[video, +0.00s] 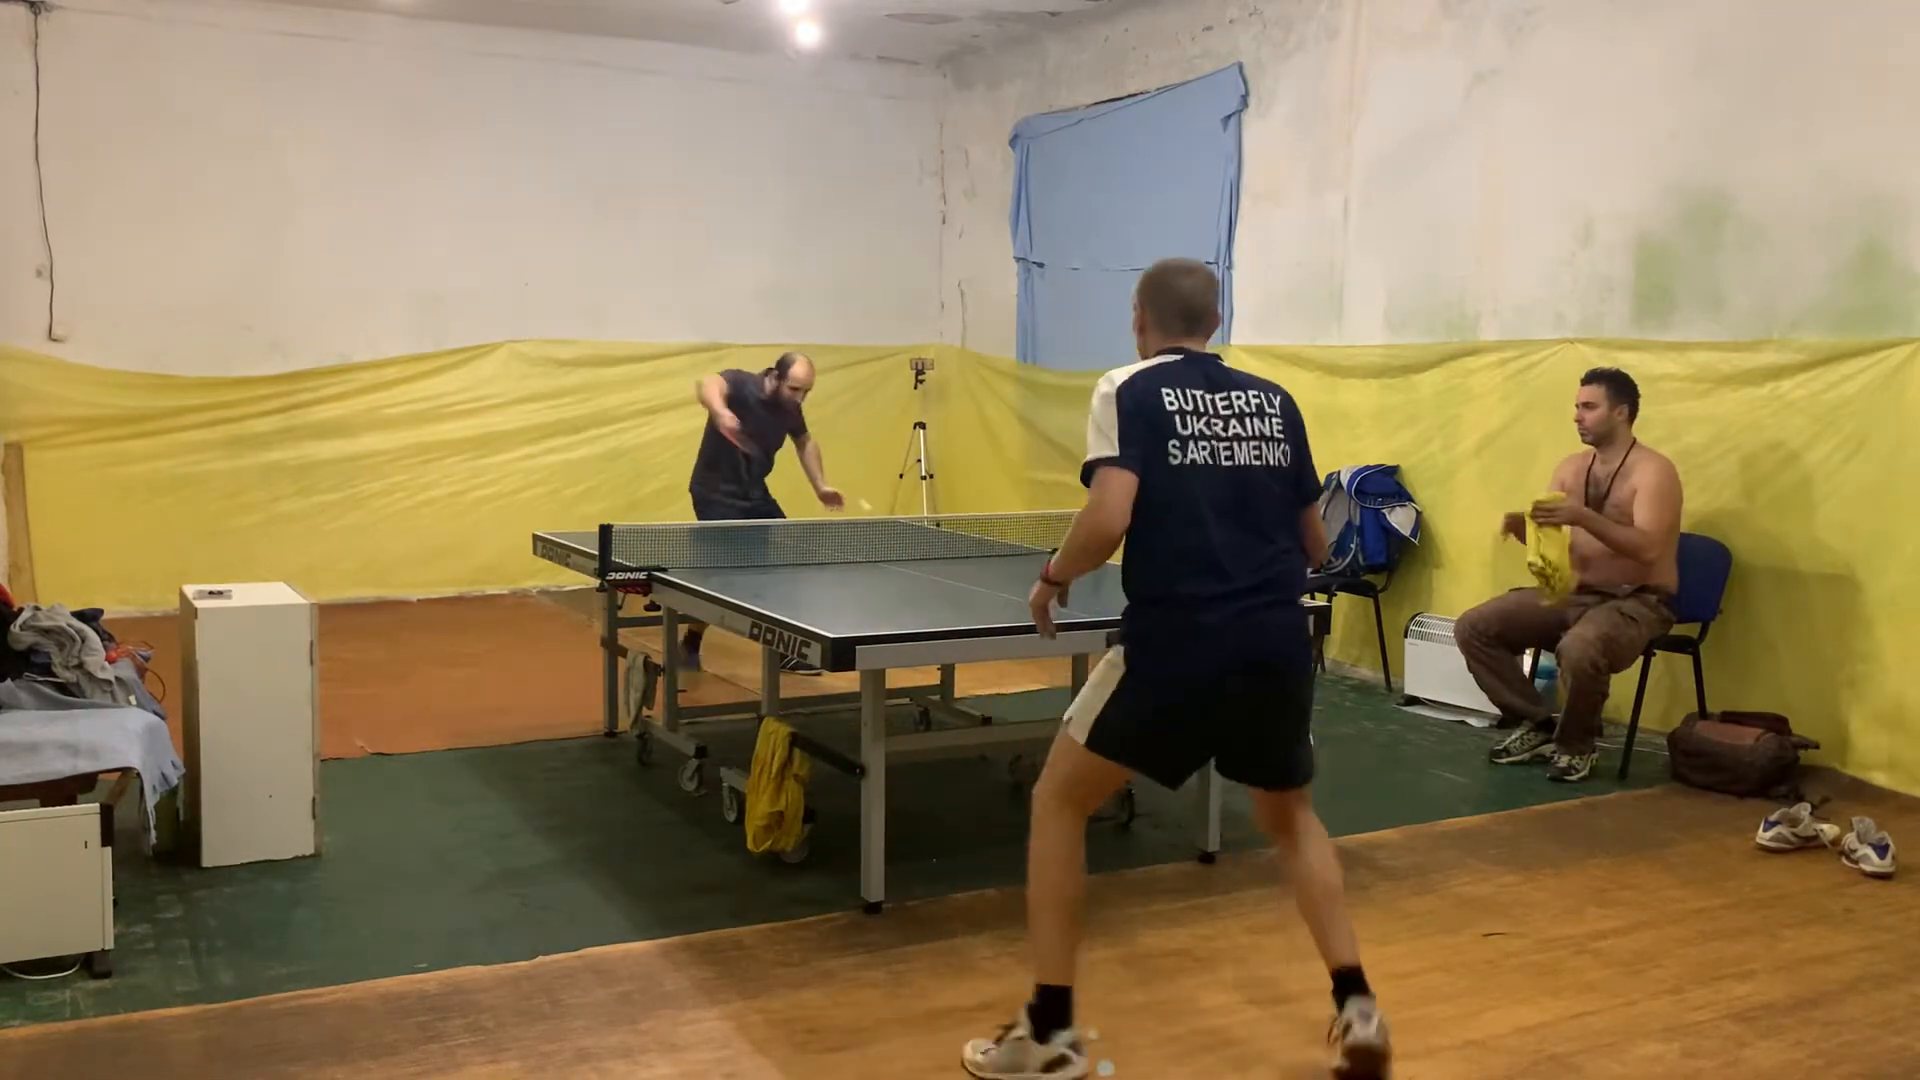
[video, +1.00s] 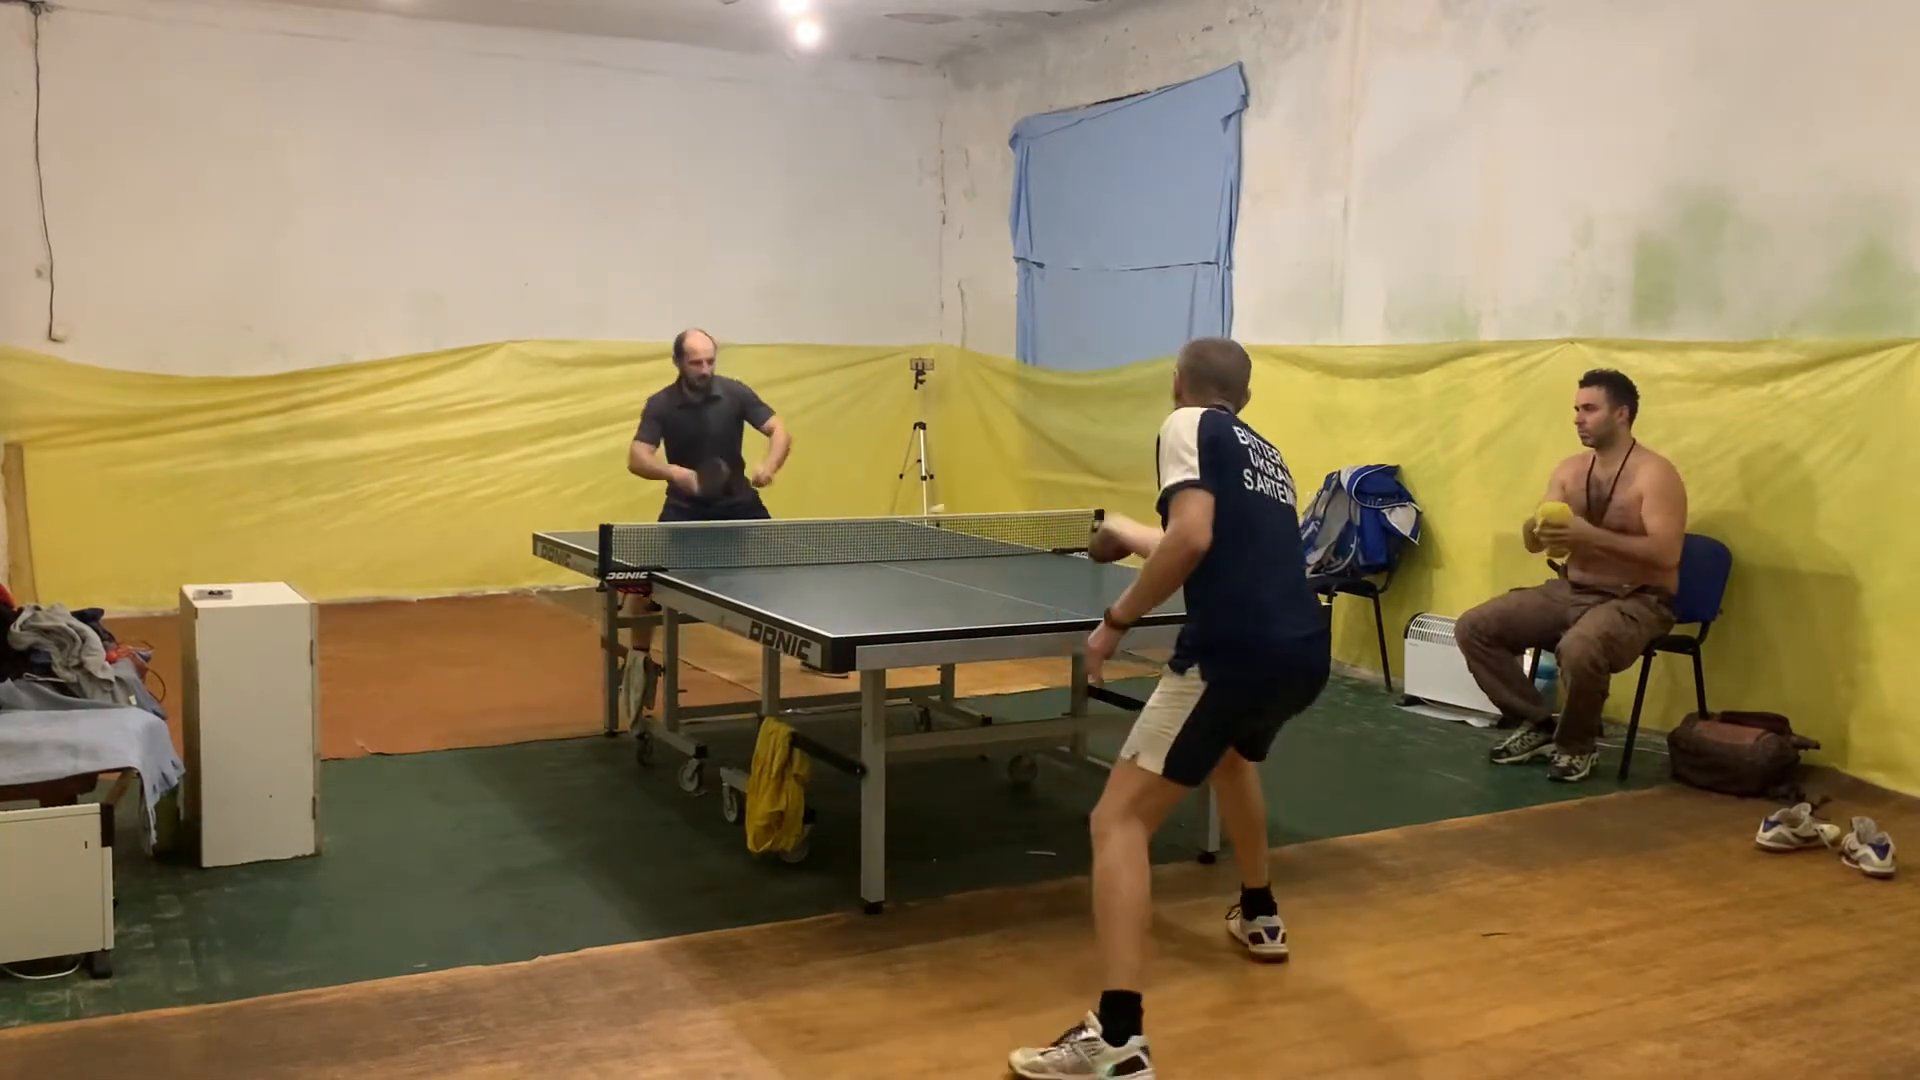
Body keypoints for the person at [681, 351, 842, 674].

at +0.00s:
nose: (799, 398)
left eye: (805, 391)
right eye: (795, 389)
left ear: (808, 388)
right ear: (774, 378)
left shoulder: (790, 409)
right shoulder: (742, 383)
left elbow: (805, 443)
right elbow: (709, 385)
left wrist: (820, 485)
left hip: (755, 495)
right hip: (716, 493)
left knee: (792, 559)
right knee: (723, 567)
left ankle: (787, 647)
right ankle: (691, 643)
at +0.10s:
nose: (788, 391)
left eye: (792, 384)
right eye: (782, 383)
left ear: (795, 380)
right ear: (761, 374)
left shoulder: (780, 405)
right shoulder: (730, 385)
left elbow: (797, 440)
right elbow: (684, 372)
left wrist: (813, 484)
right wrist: (691, 388)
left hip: (751, 499)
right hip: (711, 500)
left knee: (789, 562)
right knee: (720, 581)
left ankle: (785, 649)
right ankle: (686, 658)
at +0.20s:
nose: (764, 361)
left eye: (769, 353)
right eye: (757, 353)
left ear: (773, 351)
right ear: (737, 349)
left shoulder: (767, 385)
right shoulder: (708, 369)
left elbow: (782, 423)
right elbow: (653, 366)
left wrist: (787, 469)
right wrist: (668, 386)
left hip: (741, 488)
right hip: (699, 487)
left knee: (775, 559)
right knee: (701, 569)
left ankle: (784, 647)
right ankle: (682, 655)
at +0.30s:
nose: (744, 333)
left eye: (748, 326)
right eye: (736, 326)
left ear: (754, 325)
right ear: (717, 325)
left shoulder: (754, 360)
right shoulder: (688, 352)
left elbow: (767, 407)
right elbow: (633, 376)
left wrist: (760, 453)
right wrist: (648, 399)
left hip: (731, 474)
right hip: (685, 473)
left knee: (759, 549)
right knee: (676, 553)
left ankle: (760, 635)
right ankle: (660, 650)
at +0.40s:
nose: (724, 333)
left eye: (729, 326)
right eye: (716, 327)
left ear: (734, 325)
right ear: (697, 326)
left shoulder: (741, 365)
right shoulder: (669, 362)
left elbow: (754, 412)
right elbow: (620, 399)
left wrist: (748, 456)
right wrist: (640, 425)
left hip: (722, 483)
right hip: (674, 484)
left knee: (752, 556)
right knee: (653, 563)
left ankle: (747, 642)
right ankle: (616, 653)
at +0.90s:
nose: (692, 362)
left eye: (697, 353)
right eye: (682, 355)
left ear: (703, 350)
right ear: (665, 356)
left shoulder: (726, 386)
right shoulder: (651, 399)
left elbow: (774, 422)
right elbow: (622, 454)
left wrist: (762, 459)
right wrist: (650, 460)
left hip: (734, 505)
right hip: (678, 508)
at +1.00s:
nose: (705, 370)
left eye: (710, 362)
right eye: (697, 363)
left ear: (716, 359)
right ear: (678, 362)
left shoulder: (735, 393)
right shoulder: (661, 404)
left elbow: (781, 433)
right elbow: (637, 460)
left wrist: (769, 466)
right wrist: (672, 472)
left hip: (739, 503)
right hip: (685, 507)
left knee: (783, 563)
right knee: (643, 579)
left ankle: (806, 641)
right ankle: (639, 664)